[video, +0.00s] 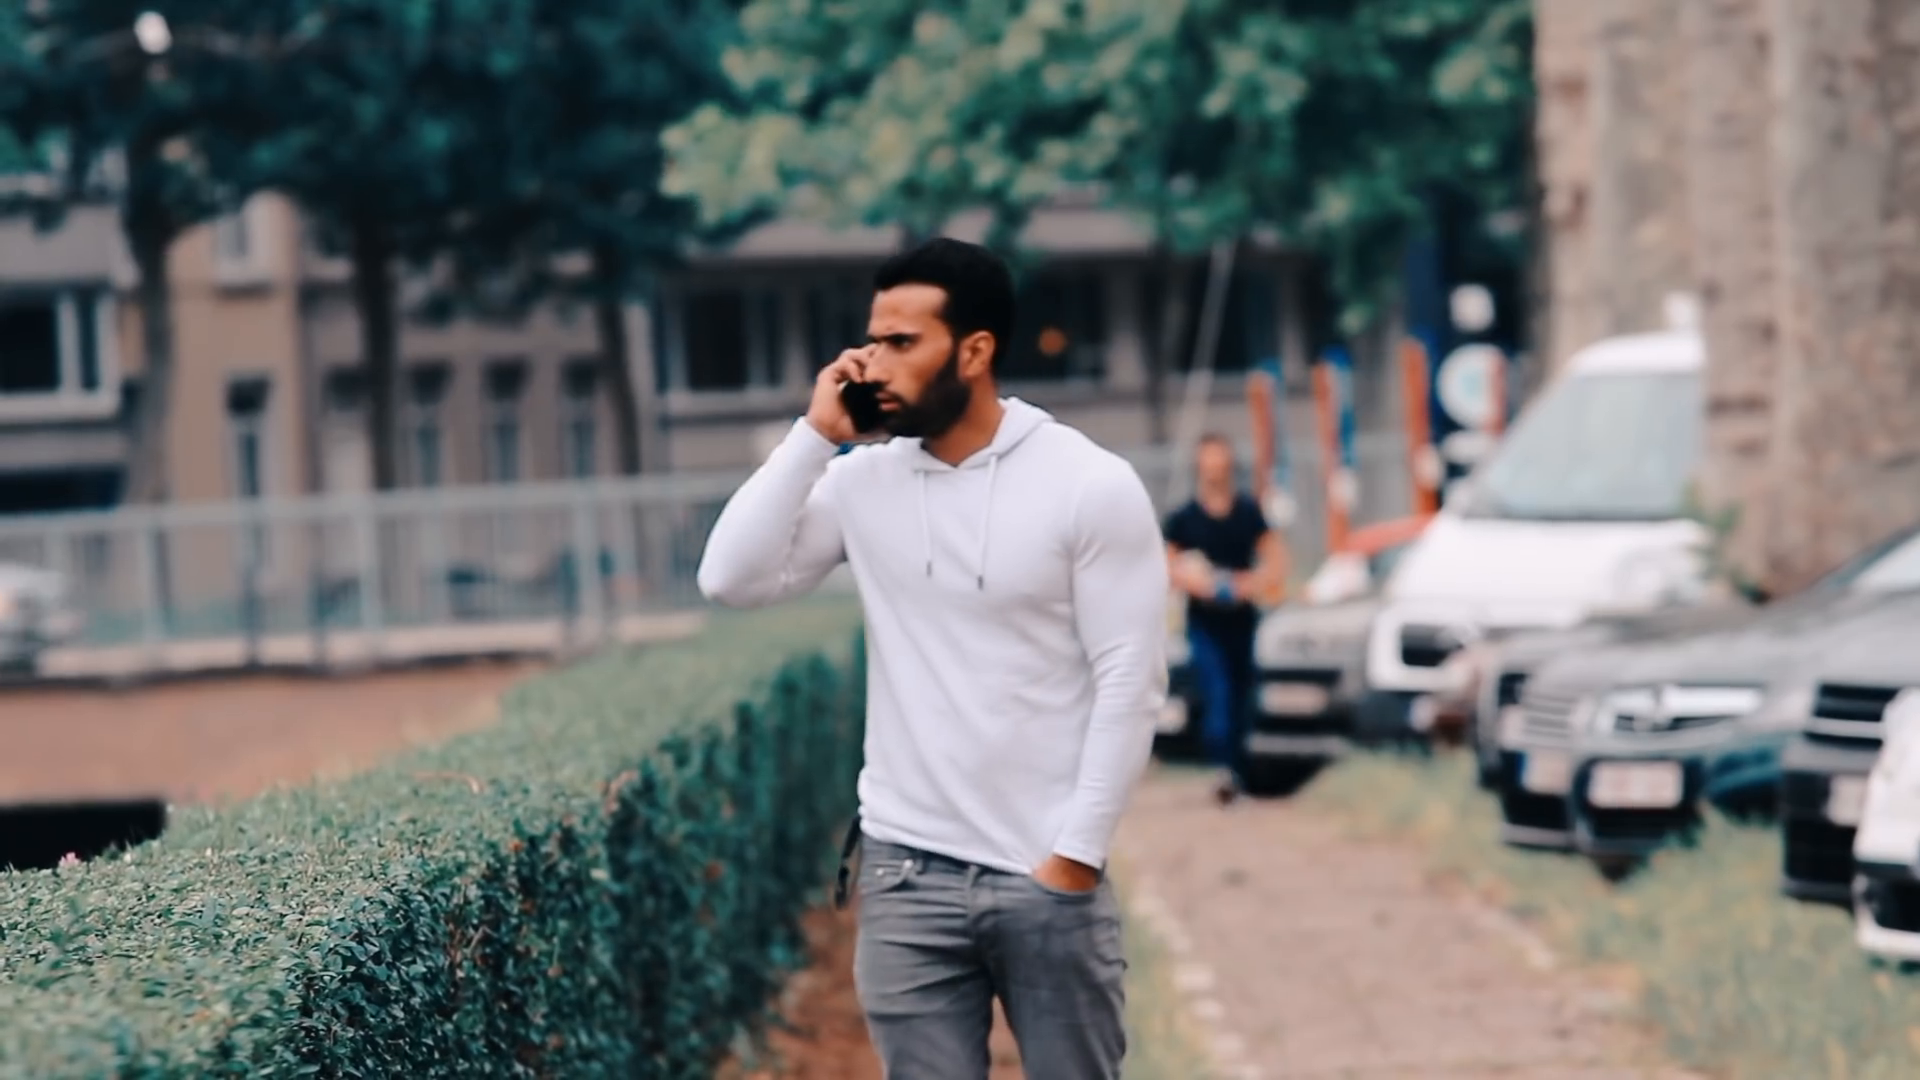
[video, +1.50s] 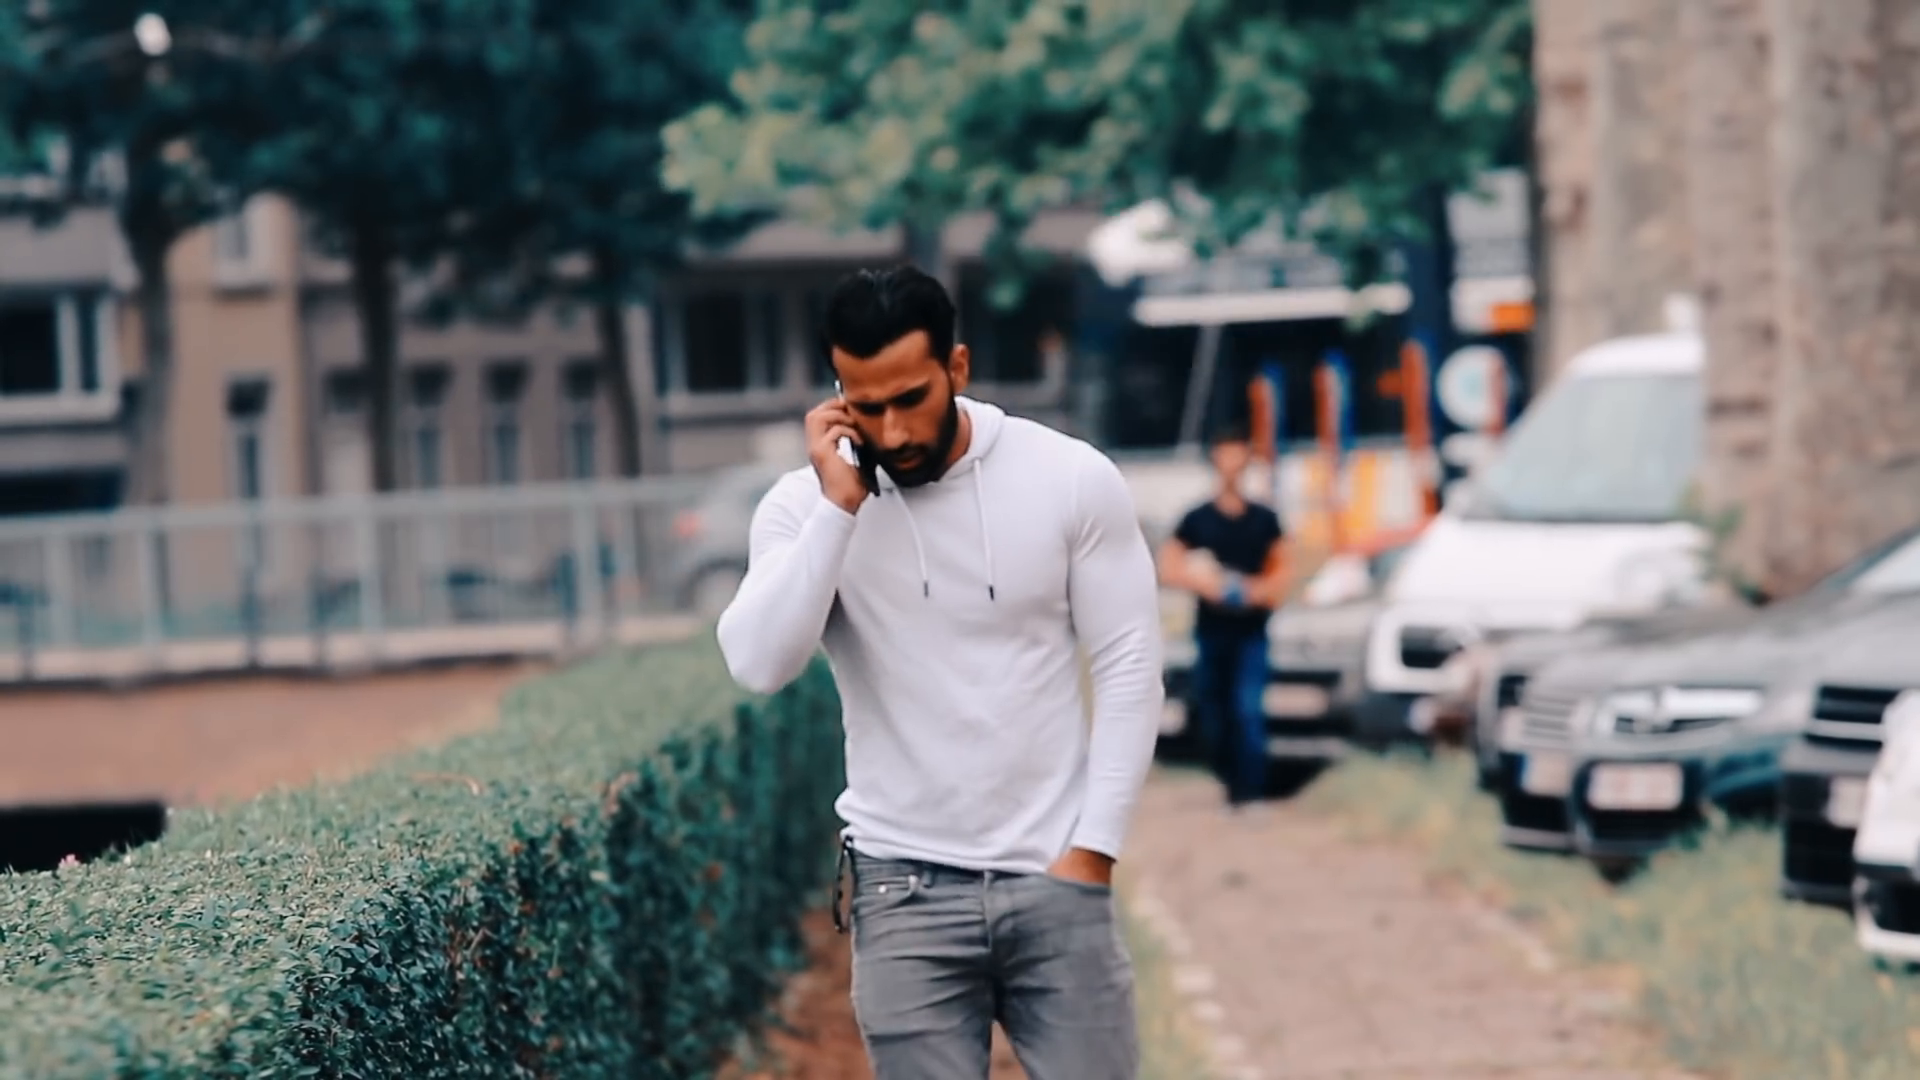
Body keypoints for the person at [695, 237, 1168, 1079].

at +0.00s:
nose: (872, 366)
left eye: (899, 343)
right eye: (871, 342)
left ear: (976, 353)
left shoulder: (1091, 487)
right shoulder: (857, 480)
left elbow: (1130, 681)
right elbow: (729, 579)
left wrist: (1076, 858)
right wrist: (817, 436)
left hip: (1046, 885)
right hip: (903, 878)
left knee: (1077, 1068)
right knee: (925, 1068)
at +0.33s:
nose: (862, 390)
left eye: (890, 369)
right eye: (856, 365)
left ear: (962, 364)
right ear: (844, 357)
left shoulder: (1060, 491)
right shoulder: (818, 483)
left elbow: (1118, 667)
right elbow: (696, 583)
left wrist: (1048, 825)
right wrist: (798, 445)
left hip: (1022, 868)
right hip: (877, 879)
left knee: (1051, 1068)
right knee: (913, 1071)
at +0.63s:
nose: (953, 441)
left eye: (977, 414)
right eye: (931, 414)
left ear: (1019, 390)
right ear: (900, 392)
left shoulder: (1089, 520)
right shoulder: (830, 489)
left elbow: (1118, 702)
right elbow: (765, 630)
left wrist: (1045, 848)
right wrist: (888, 500)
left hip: (1021, 892)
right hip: (874, 900)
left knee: (1032, 1067)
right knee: (896, 1069)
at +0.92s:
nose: (967, 416)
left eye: (989, 388)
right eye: (943, 391)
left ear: (1035, 359)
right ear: (914, 373)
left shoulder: (1119, 495)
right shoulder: (856, 475)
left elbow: (1158, 683)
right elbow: (789, 618)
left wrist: (1088, 851)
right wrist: (903, 480)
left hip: (1054, 884)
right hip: (901, 879)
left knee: (1058, 1068)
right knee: (885, 1068)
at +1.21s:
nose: (931, 435)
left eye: (950, 405)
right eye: (908, 409)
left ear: (1002, 374)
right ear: (881, 393)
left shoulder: (1109, 497)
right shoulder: (847, 494)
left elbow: (1154, 689)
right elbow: (774, 647)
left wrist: (1104, 873)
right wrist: (871, 503)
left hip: (1062, 900)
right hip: (914, 894)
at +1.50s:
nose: (891, 433)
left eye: (911, 400)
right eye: (865, 408)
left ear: (958, 367)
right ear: (837, 387)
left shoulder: (1070, 480)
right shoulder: (804, 506)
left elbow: (1128, 667)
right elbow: (756, 664)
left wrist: (1092, 853)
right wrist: (837, 506)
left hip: (1060, 885)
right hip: (903, 891)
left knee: (1098, 1066)